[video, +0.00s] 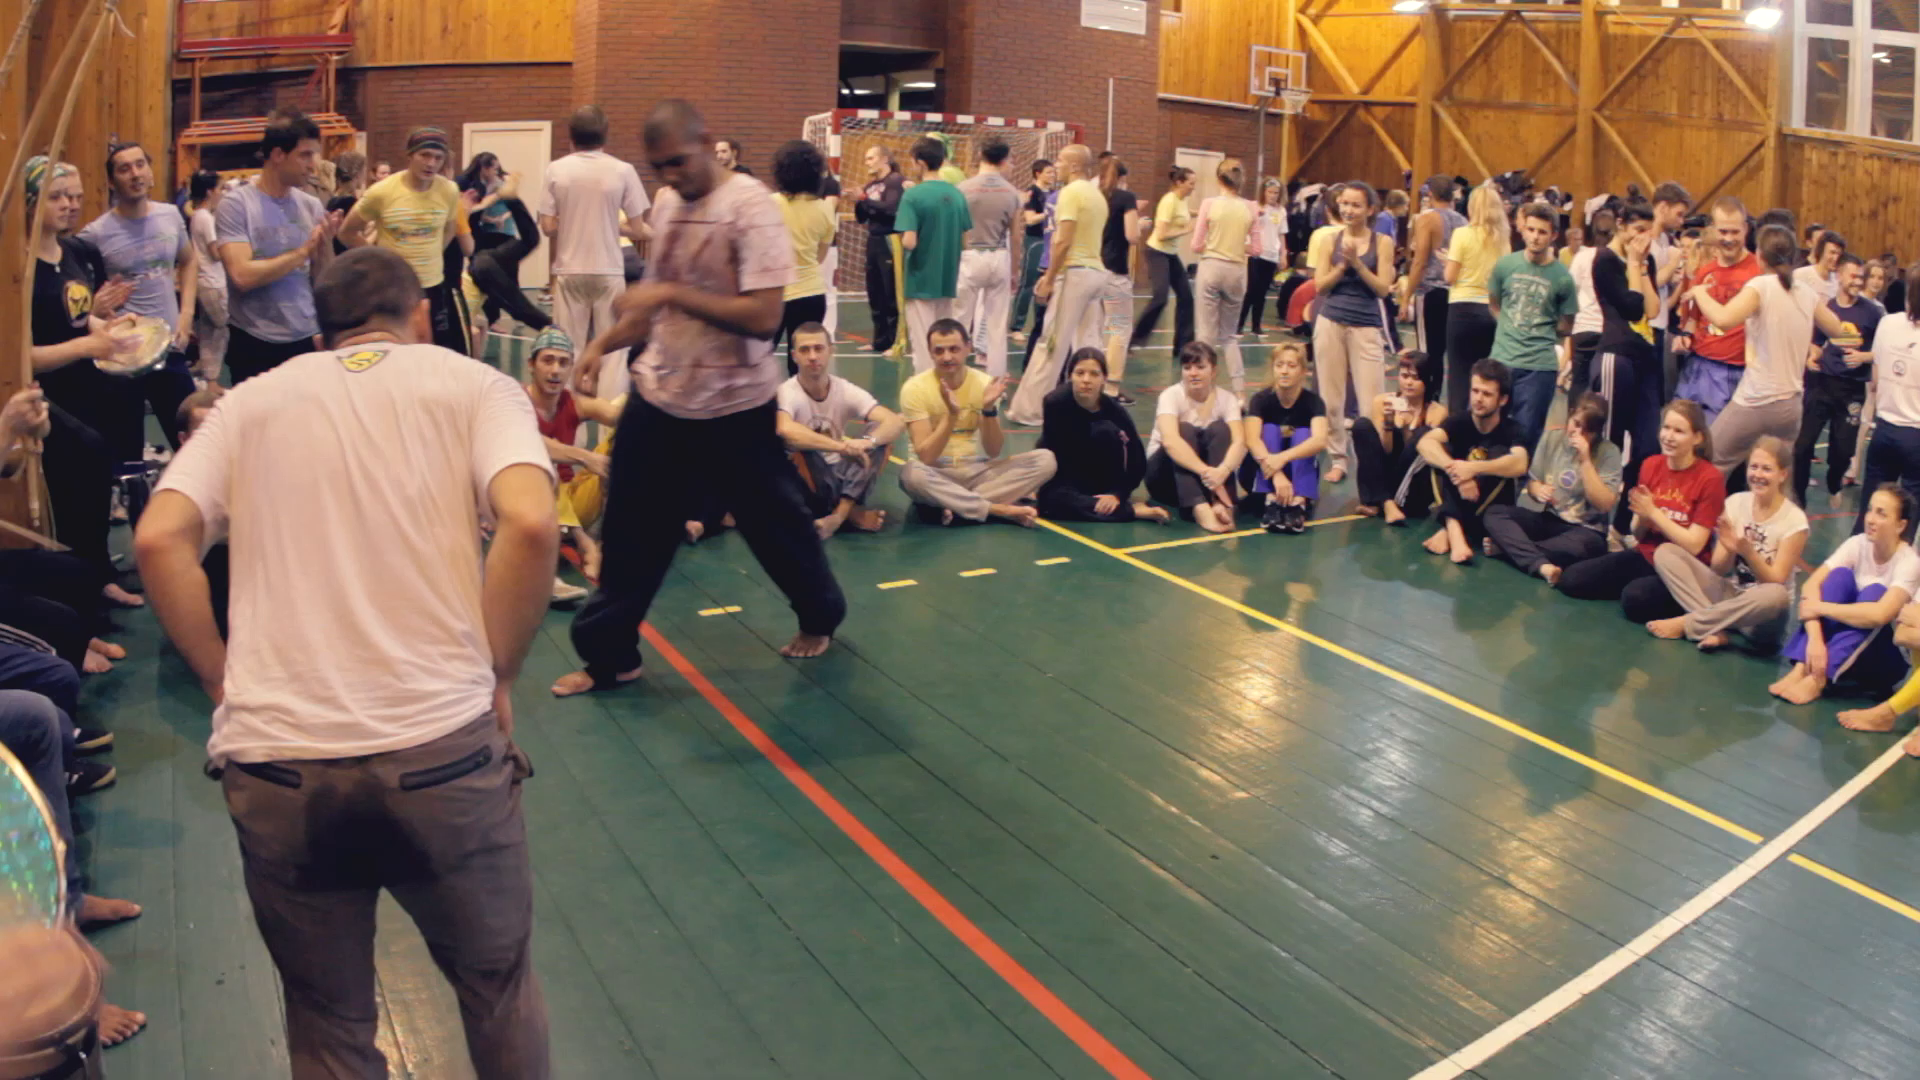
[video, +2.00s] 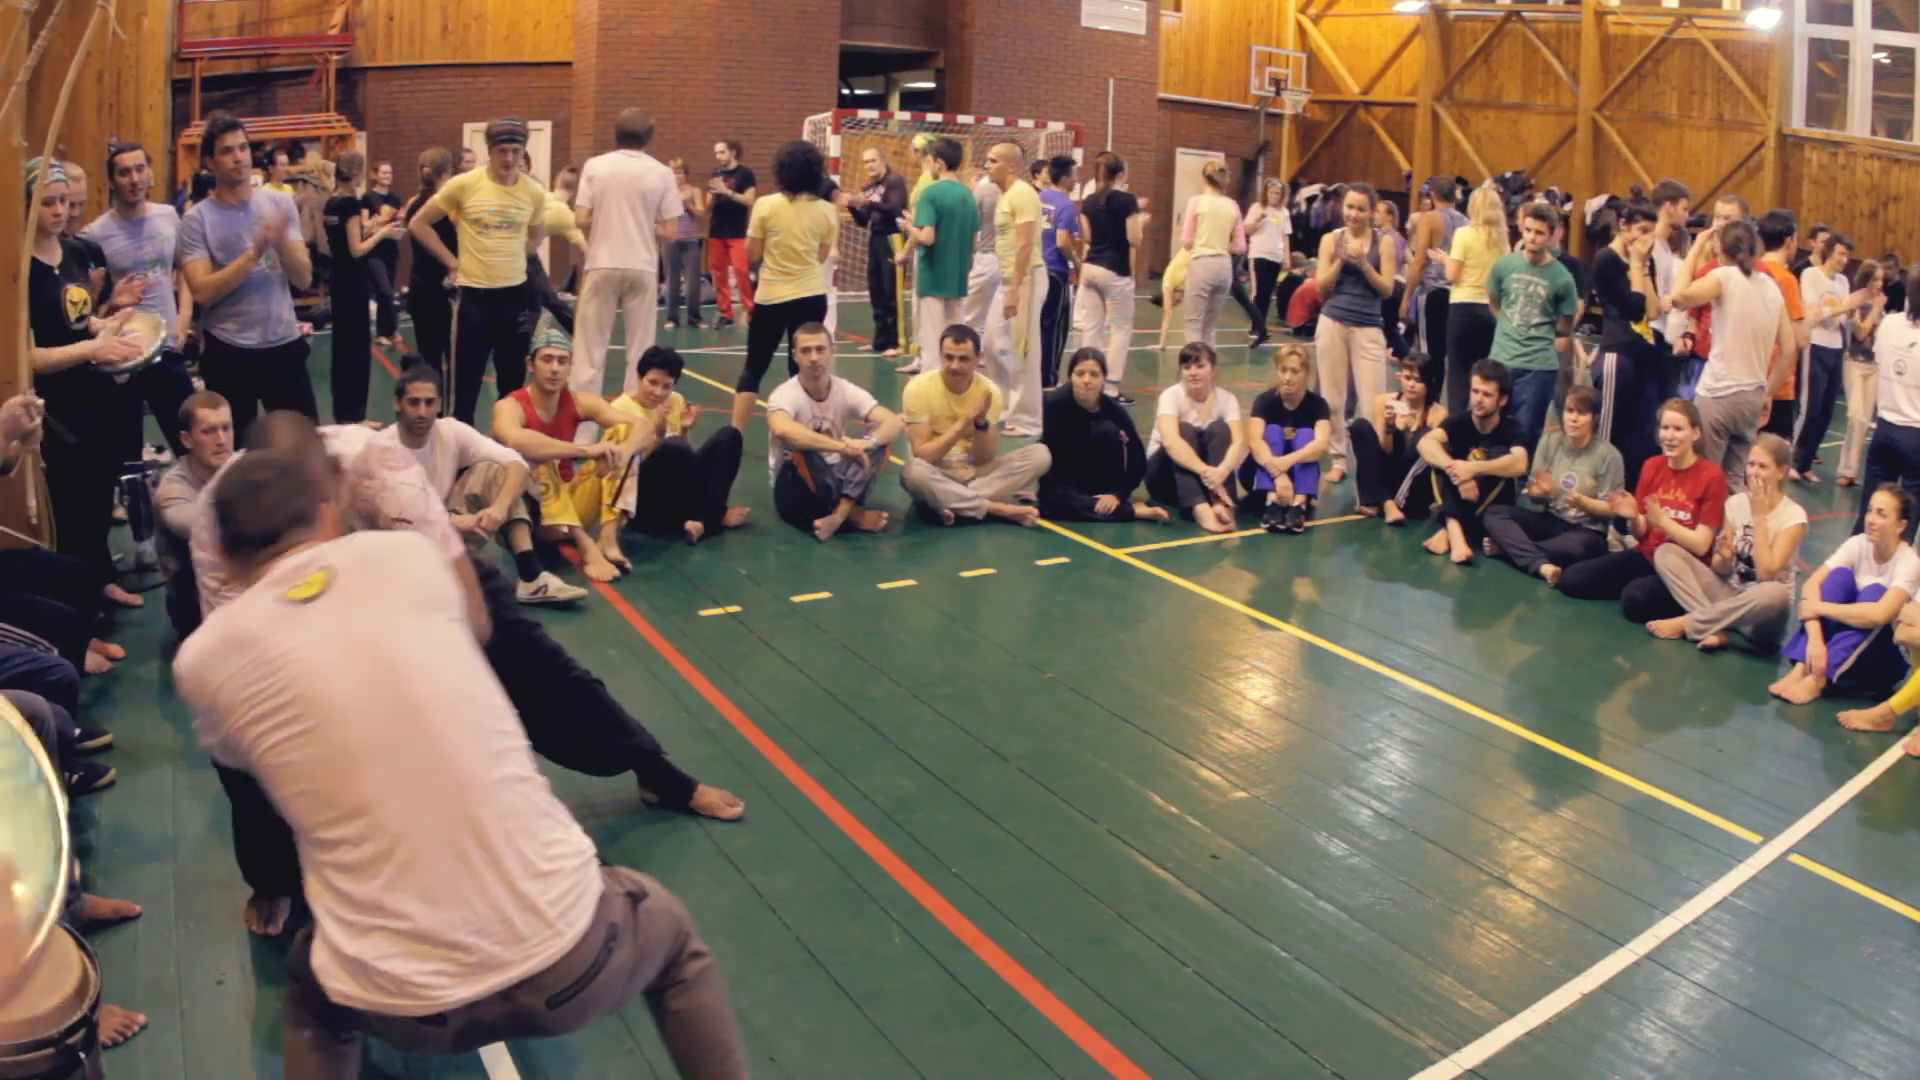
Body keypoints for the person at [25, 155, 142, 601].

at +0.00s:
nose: (70, 204)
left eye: (75, 196)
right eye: (59, 196)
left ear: (81, 199)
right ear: (31, 201)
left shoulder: (77, 254)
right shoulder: (16, 266)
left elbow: (80, 317)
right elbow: (17, 358)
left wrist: (108, 327)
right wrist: (87, 347)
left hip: (87, 389)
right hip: (46, 400)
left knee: (94, 492)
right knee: (68, 498)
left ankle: (101, 576)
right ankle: (78, 588)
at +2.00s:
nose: (58, 210)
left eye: (64, 201)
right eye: (48, 202)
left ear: (71, 205)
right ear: (27, 205)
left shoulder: (77, 253)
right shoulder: (18, 267)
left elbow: (80, 322)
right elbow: (23, 357)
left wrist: (110, 324)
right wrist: (89, 350)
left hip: (95, 390)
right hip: (55, 401)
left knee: (98, 494)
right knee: (72, 501)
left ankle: (101, 576)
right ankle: (79, 596)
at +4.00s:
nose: (75, 204)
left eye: (79, 195)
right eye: (66, 195)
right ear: (38, 201)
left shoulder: (70, 256)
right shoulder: (20, 266)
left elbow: (77, 322)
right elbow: (27, 360)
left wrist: (114, 318)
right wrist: (95, 344)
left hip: (91, 391)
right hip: (53, 400)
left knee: (98, 492)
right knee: (71, 498)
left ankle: (102, 577)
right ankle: (78, 595)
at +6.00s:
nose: (53, 209)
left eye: (55, 200)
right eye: (44, 201)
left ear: (59, 206)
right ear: (21, 209)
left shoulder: (65, 259)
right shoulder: (13, 274)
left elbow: (78, 325)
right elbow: (18, 367)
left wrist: (114, 321)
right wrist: (88, 361)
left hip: (87, 393)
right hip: (48, 403)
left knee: (95, 491)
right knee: (65, 496)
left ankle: (102, 577)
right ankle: (73, 589)